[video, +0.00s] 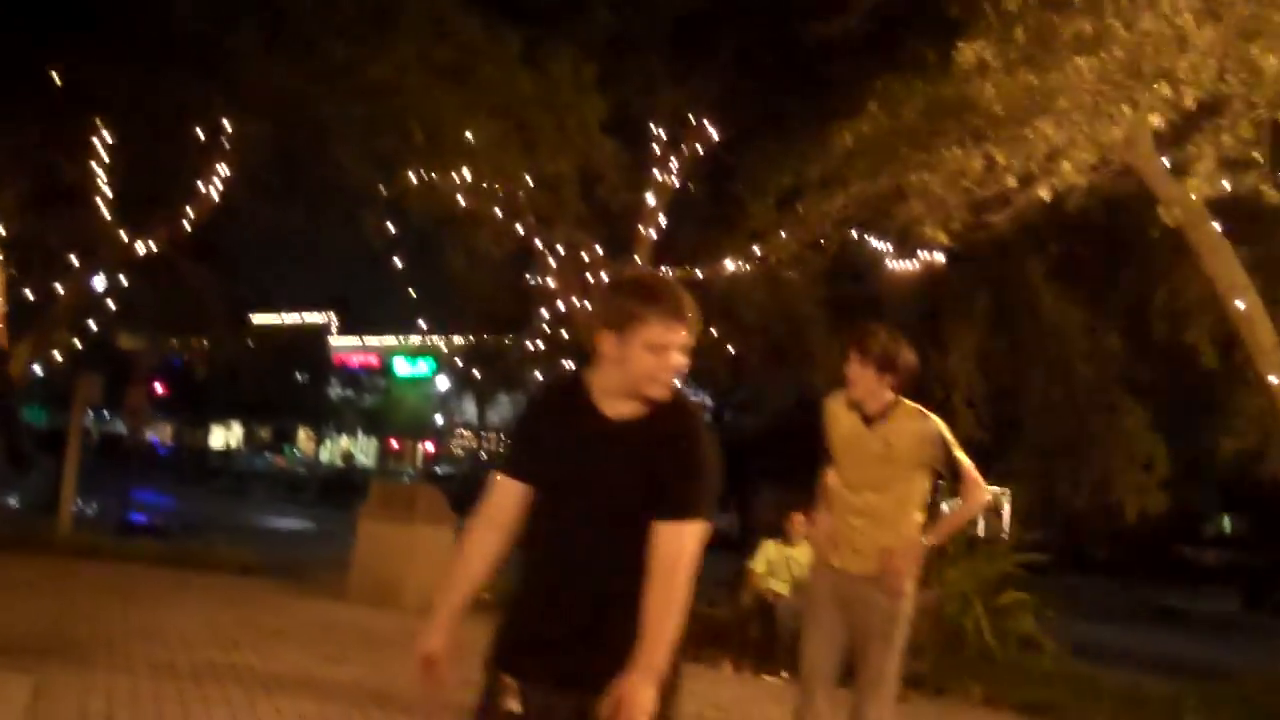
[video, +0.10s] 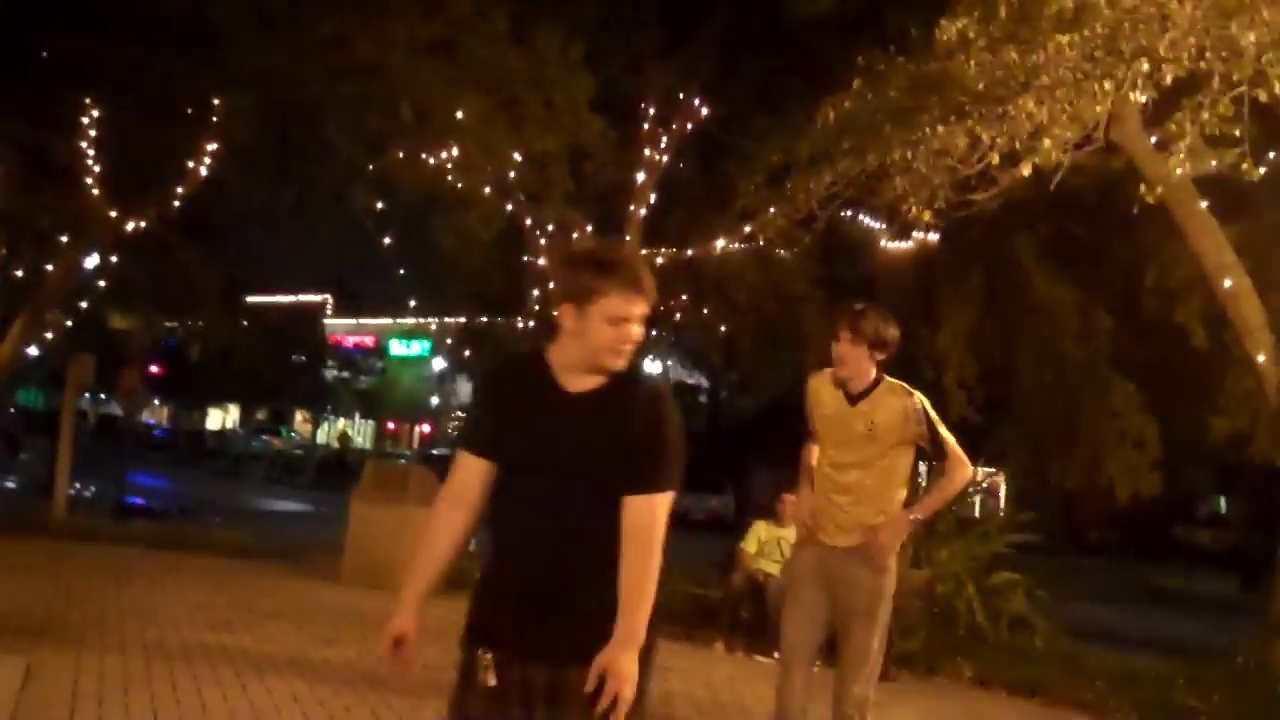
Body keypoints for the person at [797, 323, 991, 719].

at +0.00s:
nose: (848, 371)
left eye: (859, 364)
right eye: (849, 361)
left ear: (887, 378)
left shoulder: (924, 428)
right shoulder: (834, 410)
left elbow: (976, 493)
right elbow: (829, 468)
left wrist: (923, 544)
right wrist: (821, 514)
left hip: (888, 577)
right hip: (830, 567)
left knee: (874, 697)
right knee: (812, 687)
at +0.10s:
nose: (836, 348)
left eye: (847, 341)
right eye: (836, 338)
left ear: (875, 352)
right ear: (837, 342)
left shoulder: (907, 404)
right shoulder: (818, 388)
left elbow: (961, 468)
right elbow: (813, 442)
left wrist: (909, 518)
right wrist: (804, 494)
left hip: (870, 557)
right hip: (812, 551)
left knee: (854, 687)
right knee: (791, 671)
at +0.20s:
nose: (839, 336)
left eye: (850, 330)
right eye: (837, 327)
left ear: (877, 340)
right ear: (832, 329)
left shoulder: (904, 390)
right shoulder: (814, 376)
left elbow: (956, 454)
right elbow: (806, 429)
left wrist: (910, 506)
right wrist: (801, 480)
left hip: (869, 548)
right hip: (810, 540)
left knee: (852, 680)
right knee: (786, 666)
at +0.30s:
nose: (836, 331)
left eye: (848, 323)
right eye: (832, 321)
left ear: (870, 332)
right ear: (823, 325)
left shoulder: (897, 385)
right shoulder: (804, 374)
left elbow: (944, 451)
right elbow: (794, 427)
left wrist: (901, 506)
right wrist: (788, 480)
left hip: (862, 544)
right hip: (802, 536)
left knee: (847, 679)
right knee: (780, 670)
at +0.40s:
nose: (853, 334)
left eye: (864, 325)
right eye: (846, 323)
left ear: (882, 335)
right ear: (834, 329)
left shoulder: (908, 387)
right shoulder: (815, 376)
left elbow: (950, 459)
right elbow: (801, 433)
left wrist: (910, 513)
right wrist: (797, 491)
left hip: (875, 548)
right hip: (815, 541)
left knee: (865, 682)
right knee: (800, 677)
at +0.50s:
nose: (839, 343)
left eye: (850, 334)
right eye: (832, 332)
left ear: (868, 343)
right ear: (819, 339)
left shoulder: (892, 393)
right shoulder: (801, 385)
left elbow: (930, 468)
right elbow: (790, 445)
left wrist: (895, 527)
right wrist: (782, 506)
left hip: (858, 555)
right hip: (800, 547)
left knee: (848, 684)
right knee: (792, 677)